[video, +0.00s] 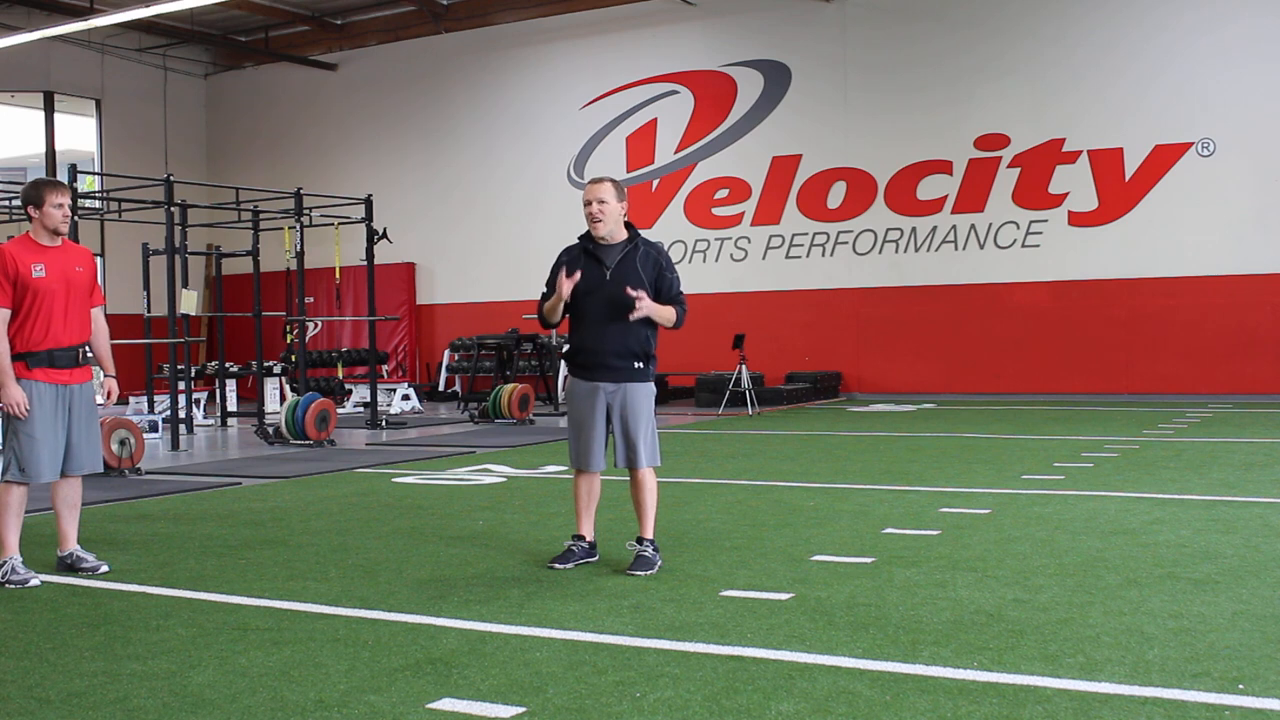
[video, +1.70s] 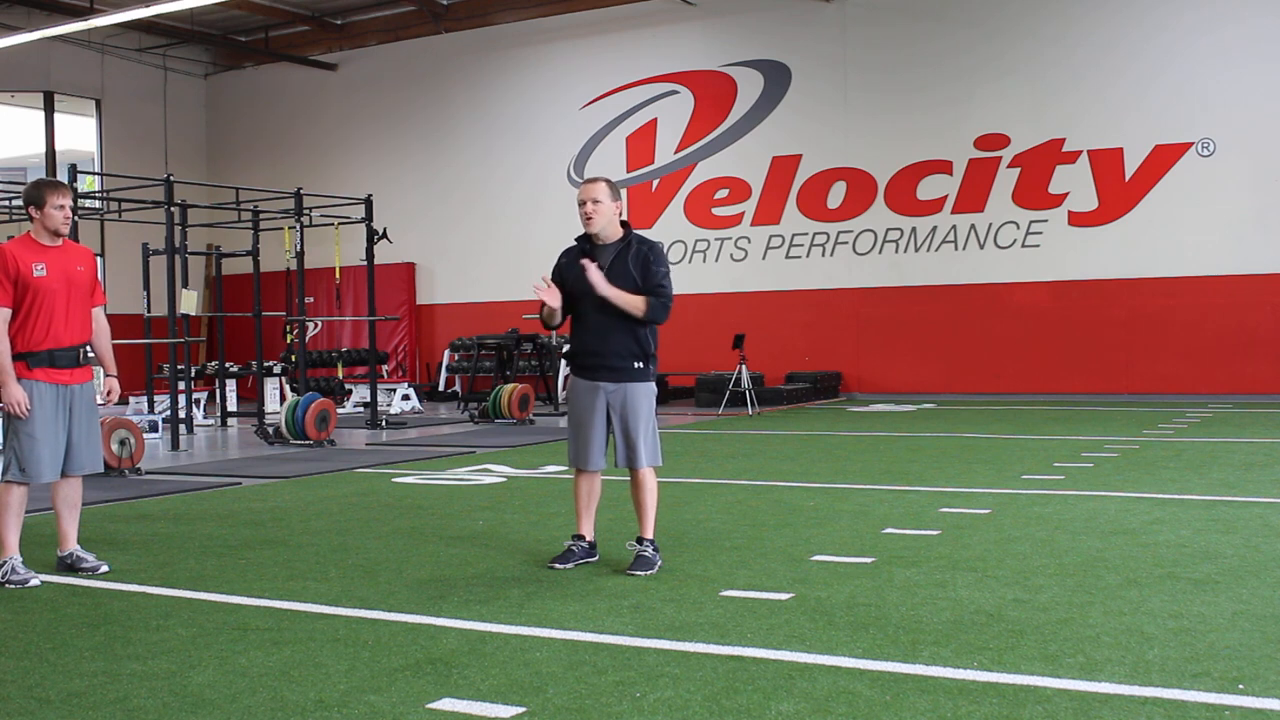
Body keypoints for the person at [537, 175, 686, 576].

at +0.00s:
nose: (593, 210)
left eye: (601, 203)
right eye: (588, 204)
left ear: (622, 207)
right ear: (583, 210)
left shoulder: (652, 256)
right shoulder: (571, 258)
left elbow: (677, 316)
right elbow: (546, 321)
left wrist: (652, 308)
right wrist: (559, 298)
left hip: (634, 380)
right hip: (583, 378)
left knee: (640, 463)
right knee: (585, 463)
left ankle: (647, 544)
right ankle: (584, 542)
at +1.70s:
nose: (586, 209)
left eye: (594, 202)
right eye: (582, 204)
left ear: (618, 206)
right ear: (579, 211)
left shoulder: (648, 253)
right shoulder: (571, 258)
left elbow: (659, 311)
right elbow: (551, 323)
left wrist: (605, 288)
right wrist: (553, 308)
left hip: (634, 379)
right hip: (585, 377)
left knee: (641, 462)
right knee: (586, 461)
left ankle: (646, 544)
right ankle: (584, 541)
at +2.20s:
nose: (587, 204)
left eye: (596, 197)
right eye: (585, 197)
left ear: (621, 204)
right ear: (582, 204)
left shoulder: (651, 251)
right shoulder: (571, 257)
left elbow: (679, 310)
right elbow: (550, 310)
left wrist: (659, 280)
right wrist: (554, 317)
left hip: (636, 377)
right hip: (585, 377)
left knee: (641, 462)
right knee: (587, 463)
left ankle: (646, 544)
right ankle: (584, 541)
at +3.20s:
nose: (586, 216)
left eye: (593, 209)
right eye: (587, 209)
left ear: (618, 212)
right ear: (612, 213)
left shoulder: (662, 256)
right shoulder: (599, 256)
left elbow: (685, 317)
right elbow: (575, 307)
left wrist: (634, 334)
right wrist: (554, 282)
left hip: (646, 380)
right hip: (602, 377)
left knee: (649, 462)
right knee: (595, 459)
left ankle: (648, 545)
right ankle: (589, 540)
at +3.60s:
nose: (579, 215)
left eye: (586, 207)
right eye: (576, 209)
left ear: (613, 208)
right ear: (578, 214)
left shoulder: (643, 255)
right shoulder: (584, 259)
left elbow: (664, 316)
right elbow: (539, 289)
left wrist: (609, 331)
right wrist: (501, 253)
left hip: (631, 380)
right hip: (590, 378)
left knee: (641, 462)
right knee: (589, 460)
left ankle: (647, 545)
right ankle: (586, 540)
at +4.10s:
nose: (547, 213)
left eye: (555, 205)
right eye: (543, 208)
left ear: (578, 209)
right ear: (541, 215)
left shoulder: (604, 257)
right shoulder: (543, 260)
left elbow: (620, 317)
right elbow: (497, 286)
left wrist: (566, 328)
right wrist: (444, 271)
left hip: (583, 371)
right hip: (549, 372)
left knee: (584, 450)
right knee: (563, 456)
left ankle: (614, 536)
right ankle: (583, 540)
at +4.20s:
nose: (540, 213)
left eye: (547, 205)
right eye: (535, 209)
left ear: (571, 209)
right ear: (534, 216)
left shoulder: (595, 256)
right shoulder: (539, 260)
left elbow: (610, 316)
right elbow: (492, 288)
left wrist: (555, 327)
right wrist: (441, 273)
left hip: (576, 369)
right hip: (548, 371)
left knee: (567, 452)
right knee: (564, 453)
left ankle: (584, 540)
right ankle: (583, 538)